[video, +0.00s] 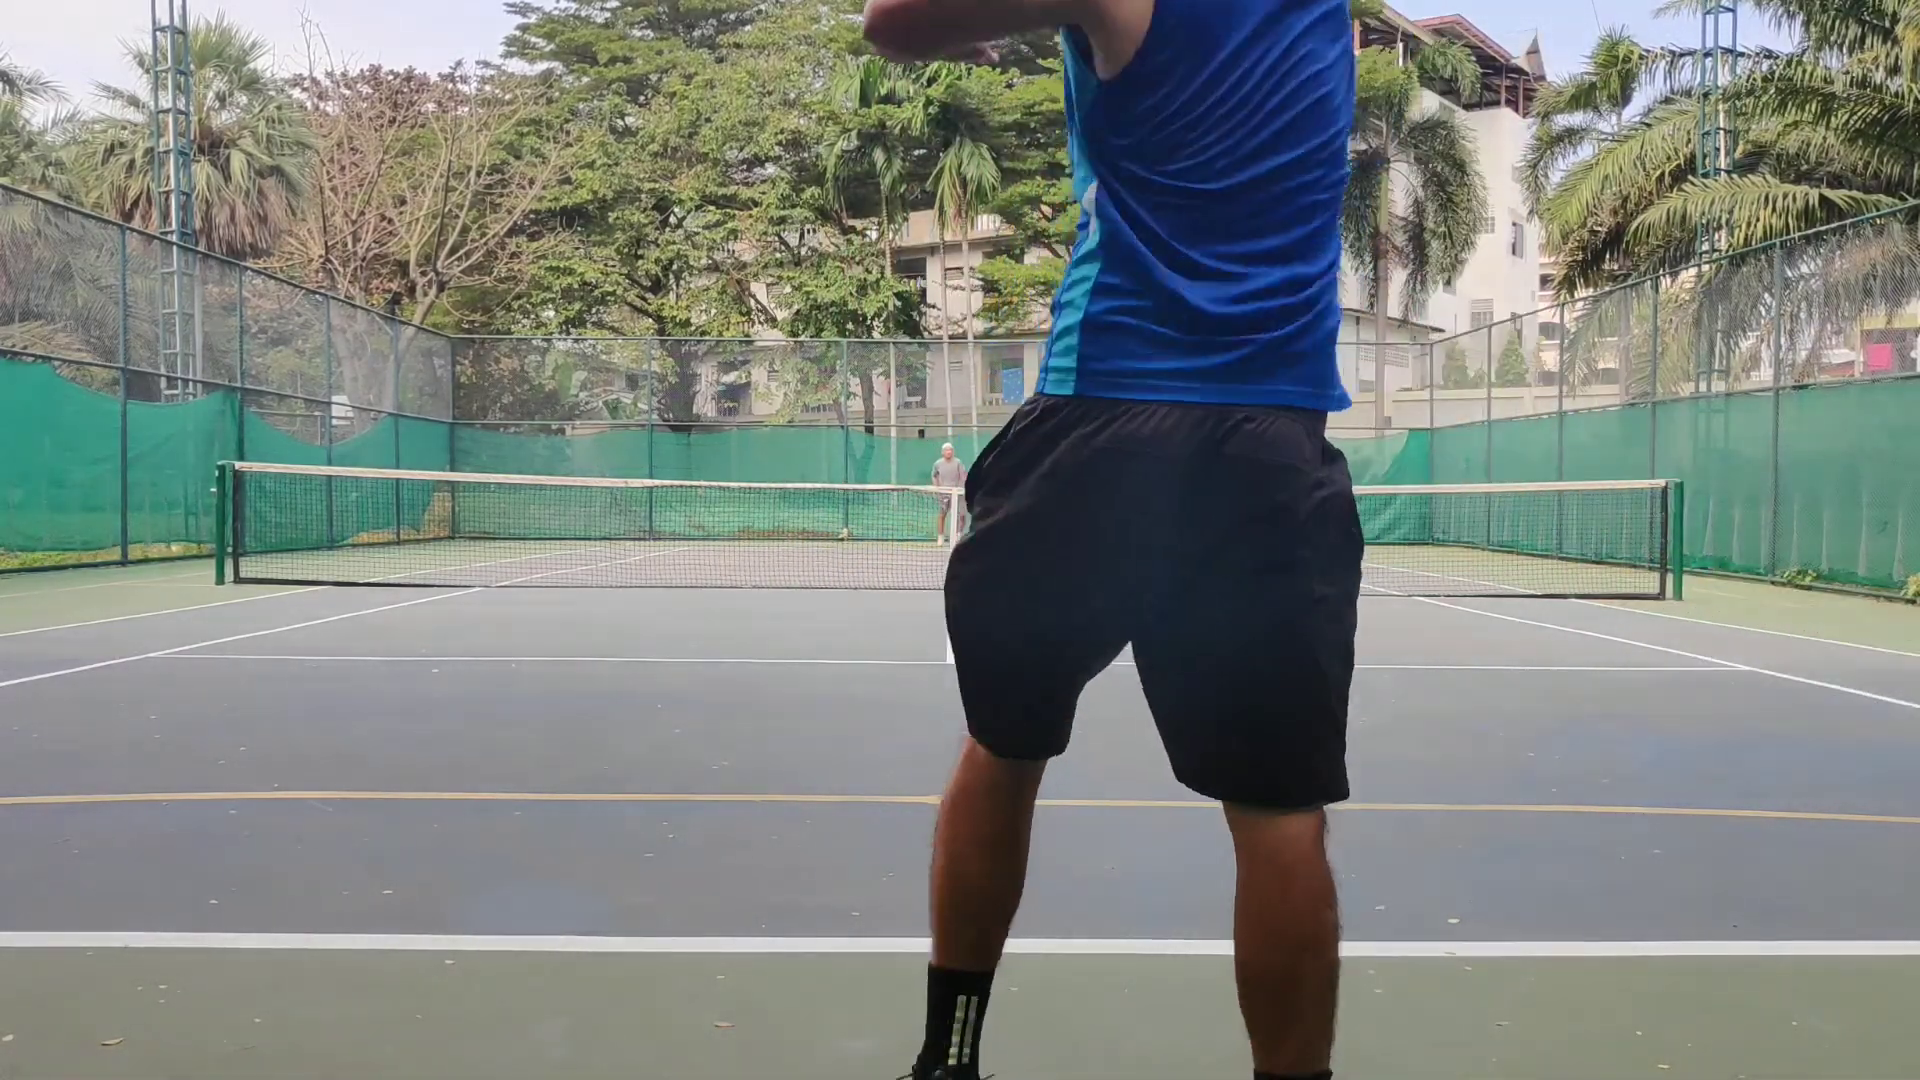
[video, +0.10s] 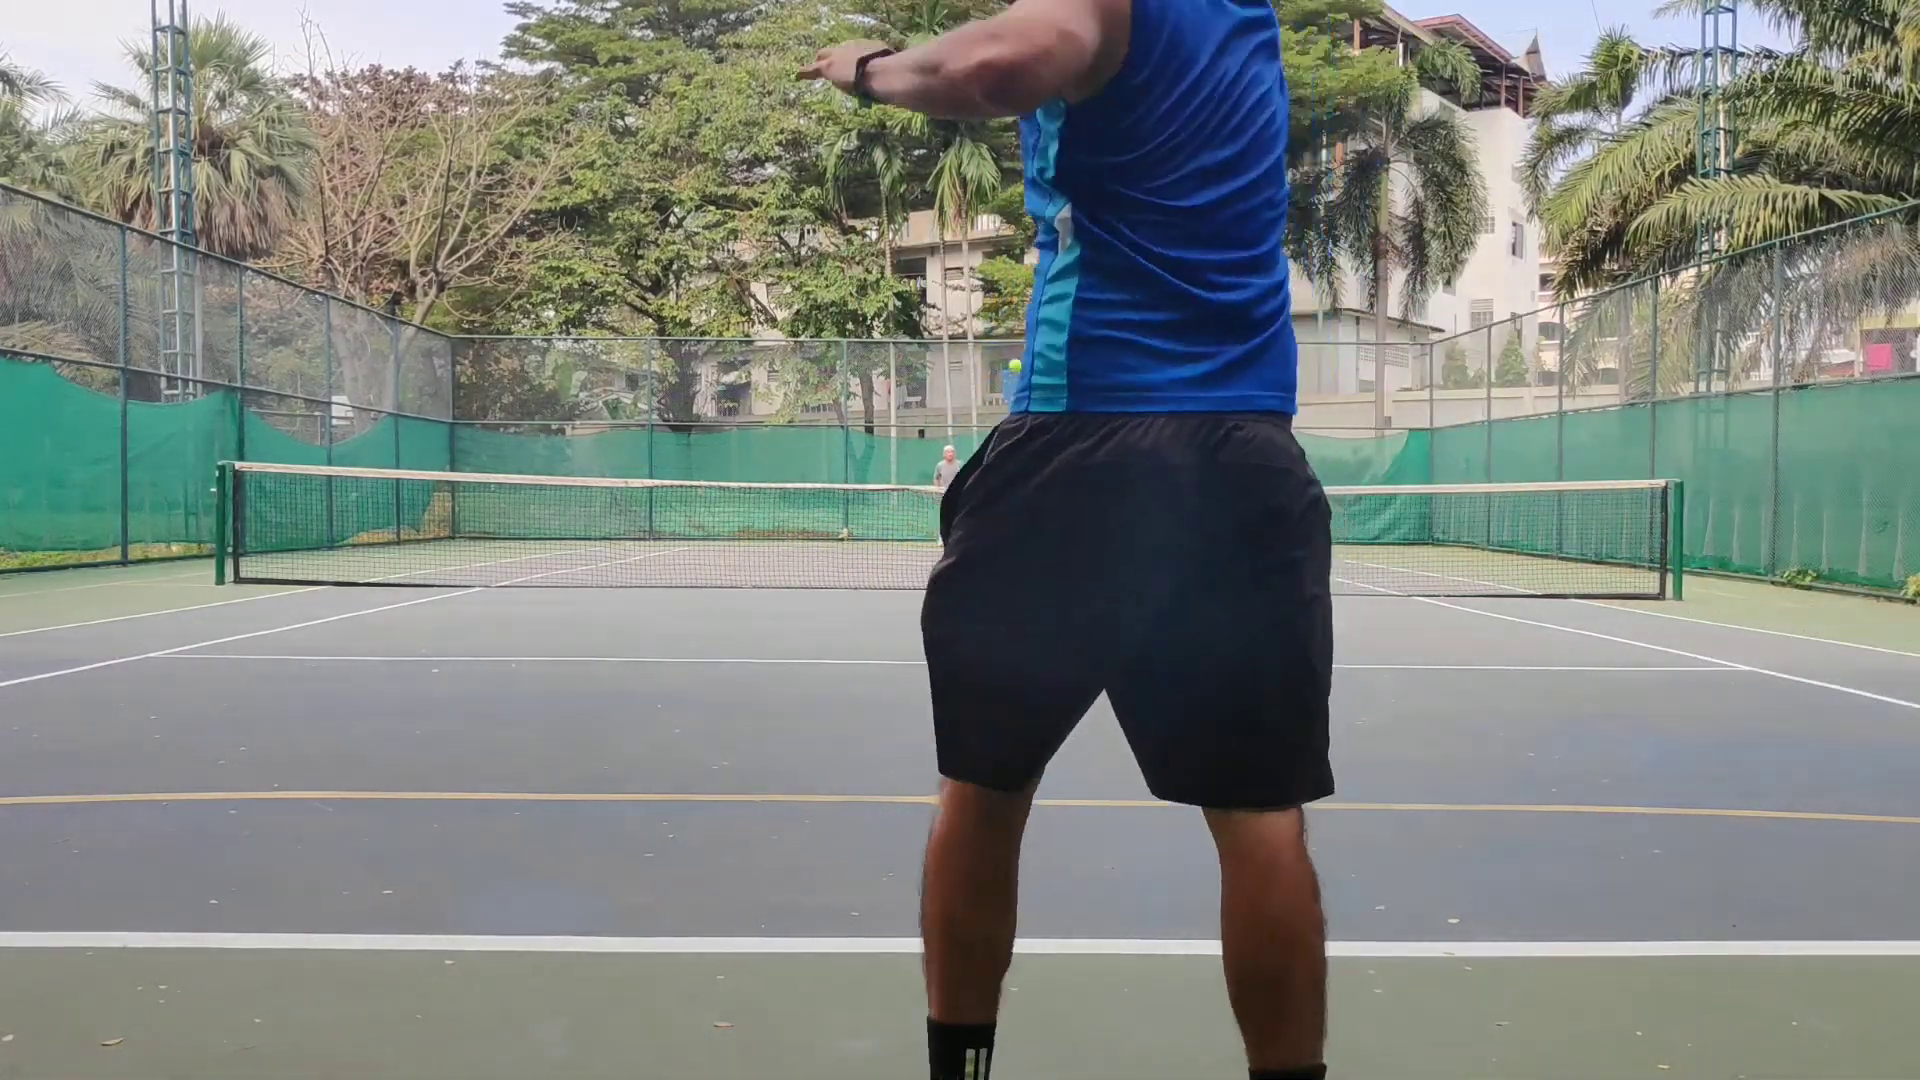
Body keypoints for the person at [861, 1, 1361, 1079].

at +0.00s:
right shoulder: (1328, 12)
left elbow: (893, 25)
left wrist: (1038, 11)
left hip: (1090, 444)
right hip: (1273, 457)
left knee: (1003, 745)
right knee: (1281, 820)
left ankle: (948, 1051)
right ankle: (1295, 1077)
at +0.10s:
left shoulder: (1102, 12)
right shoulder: (1251, 17)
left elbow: (988, 65)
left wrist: (872, 70)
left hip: (1075, 460)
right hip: (1244, 462)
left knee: (985, 797)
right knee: (1264, 820)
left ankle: (957, 1067)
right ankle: (1291, 1071)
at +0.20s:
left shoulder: (1053, 8)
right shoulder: (1166, 36)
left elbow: (1114, 133)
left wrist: (902, 145)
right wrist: (970, 137)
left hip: (1044, 479)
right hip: (1201, 478)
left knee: (956, 806)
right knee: (1236, 814)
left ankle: (958, 1071)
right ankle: (1306, 1075)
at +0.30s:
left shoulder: (1040, 32)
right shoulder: (1073, 51)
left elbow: (1155, 184)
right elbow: (888, 94)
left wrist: (933, 237)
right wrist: (827, 37)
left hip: (1013, 507)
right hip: (1153, 509)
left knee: (926, 816)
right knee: (1199, 810)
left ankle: (955, 1073)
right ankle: (1330, 1069)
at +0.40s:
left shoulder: (1027, 32)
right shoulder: (1012, 79)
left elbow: (1145, 179)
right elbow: (891, 199)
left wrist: (945, 284)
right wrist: (787, 197)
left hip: (1007, 492)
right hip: (1136, 495)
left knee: (925, 815)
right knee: (1160, 789)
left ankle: (955, 1079)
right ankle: (1317, 1057)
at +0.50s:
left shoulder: (1009, 16)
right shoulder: (1084, 40)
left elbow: (1114, 158)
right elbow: (1063, 266)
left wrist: (938, 281)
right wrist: (916, 291)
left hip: (1011, 469)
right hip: (1136, 469)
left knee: (936, 792)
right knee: (1133, 762)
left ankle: (954, 1076)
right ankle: (1254, 1052)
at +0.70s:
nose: (957, 21)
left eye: (956, 13)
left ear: (968, 3)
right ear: (1064, 1)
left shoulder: (987, 62)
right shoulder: (1140, 106)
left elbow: (990, 228)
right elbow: (1184, 306)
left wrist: (895, 314)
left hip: (1030, 489)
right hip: (1162, 496)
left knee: (890, 774)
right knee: (1116, 768)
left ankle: (952, 1065)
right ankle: (1187, 1045)